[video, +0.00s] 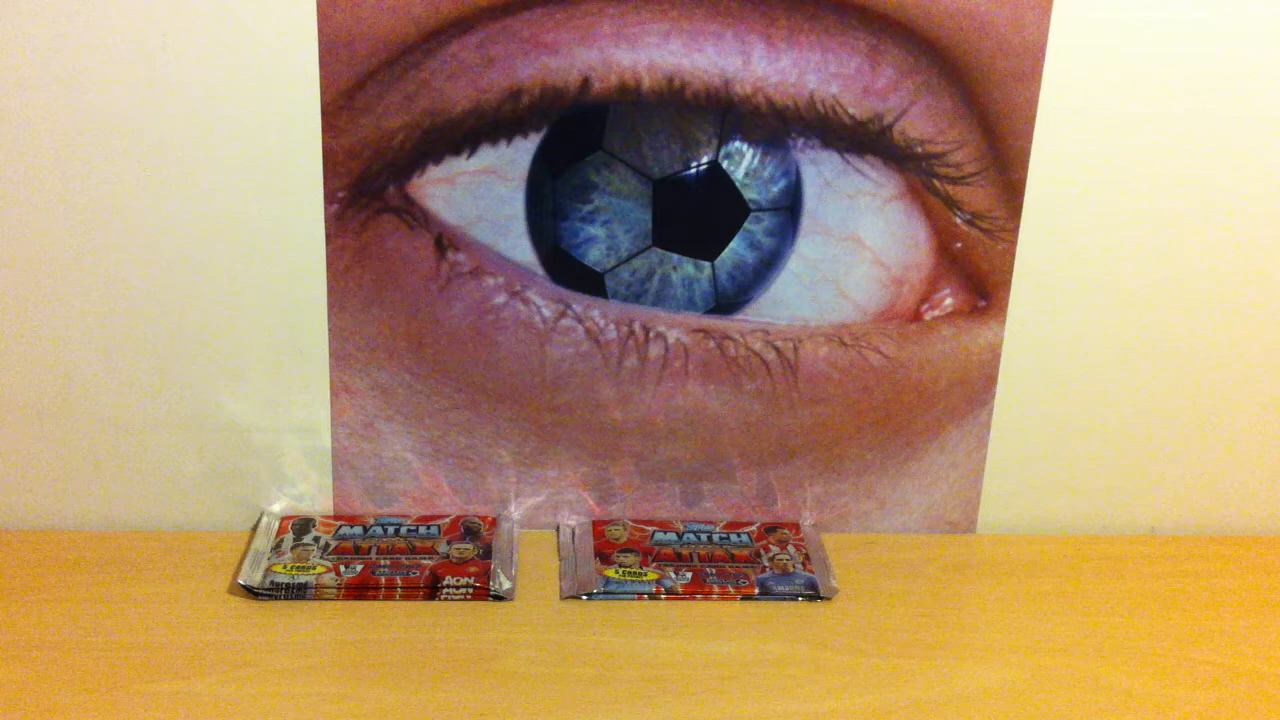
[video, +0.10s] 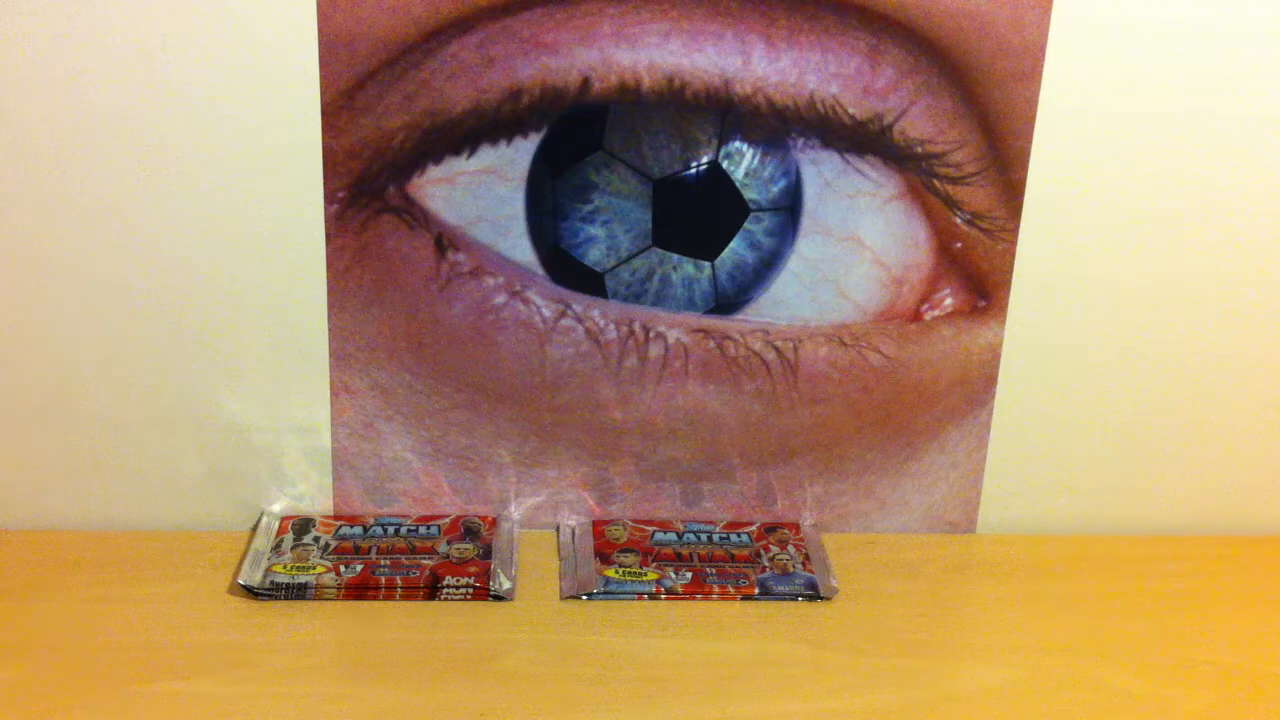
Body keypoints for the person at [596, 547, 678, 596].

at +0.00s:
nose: (621, 560)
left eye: (626, 557)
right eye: (618, 557)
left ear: (638, 558)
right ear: (616, 558)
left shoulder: (650, 573)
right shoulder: (610, 571)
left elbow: (668, 585)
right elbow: (597, 590)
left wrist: (675, 588)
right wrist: (598, 574)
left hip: (640, 606)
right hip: (612, 605)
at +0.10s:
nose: (621, 560)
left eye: (626, 557)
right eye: (618, 557)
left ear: (638, 558)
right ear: (616, 558)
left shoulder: (650, 573)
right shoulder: (610, 571)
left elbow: (668, 585)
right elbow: (597, 590)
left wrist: (675, 588)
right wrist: (598, 574)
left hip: (640, 606)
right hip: (612, 605)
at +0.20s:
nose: (621, 560)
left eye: (626, 557)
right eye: (618, 557)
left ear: (638, 558)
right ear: (616, 558)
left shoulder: (650, 573)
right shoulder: (610, 571)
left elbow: (668, 585)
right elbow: (597, 590)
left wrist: (675, 588)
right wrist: (598, 574)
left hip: (640, 606)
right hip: (612, 605)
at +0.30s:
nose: (621, 560)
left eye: (626, 557)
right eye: (618, 557)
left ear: (638, 558)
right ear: (616, 558)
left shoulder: (650, 573)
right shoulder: (610, 571)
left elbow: (668, 585)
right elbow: (597, 590)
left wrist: (675, 588)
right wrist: (598, 574)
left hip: (640, 606)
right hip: (612, 605)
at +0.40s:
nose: (621, 560)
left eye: (626, 557)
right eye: (618, 557)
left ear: (638, 558)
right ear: (616, 558)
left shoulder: (650, 573)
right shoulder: (610, 571)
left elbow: (668, 585)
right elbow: (597, 590)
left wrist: (675, 588)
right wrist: (597, 574)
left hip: (640, 607)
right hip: (612, 606)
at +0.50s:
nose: (621, 560)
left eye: (626, 557)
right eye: (619, 557)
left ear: (638, 558)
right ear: (616, 558)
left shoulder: (650, 573)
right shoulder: (610, 571)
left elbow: (669, 585)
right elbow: (597, 590)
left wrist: (675, 589)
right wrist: (597, 574)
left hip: (640, 607)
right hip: (612, 606)